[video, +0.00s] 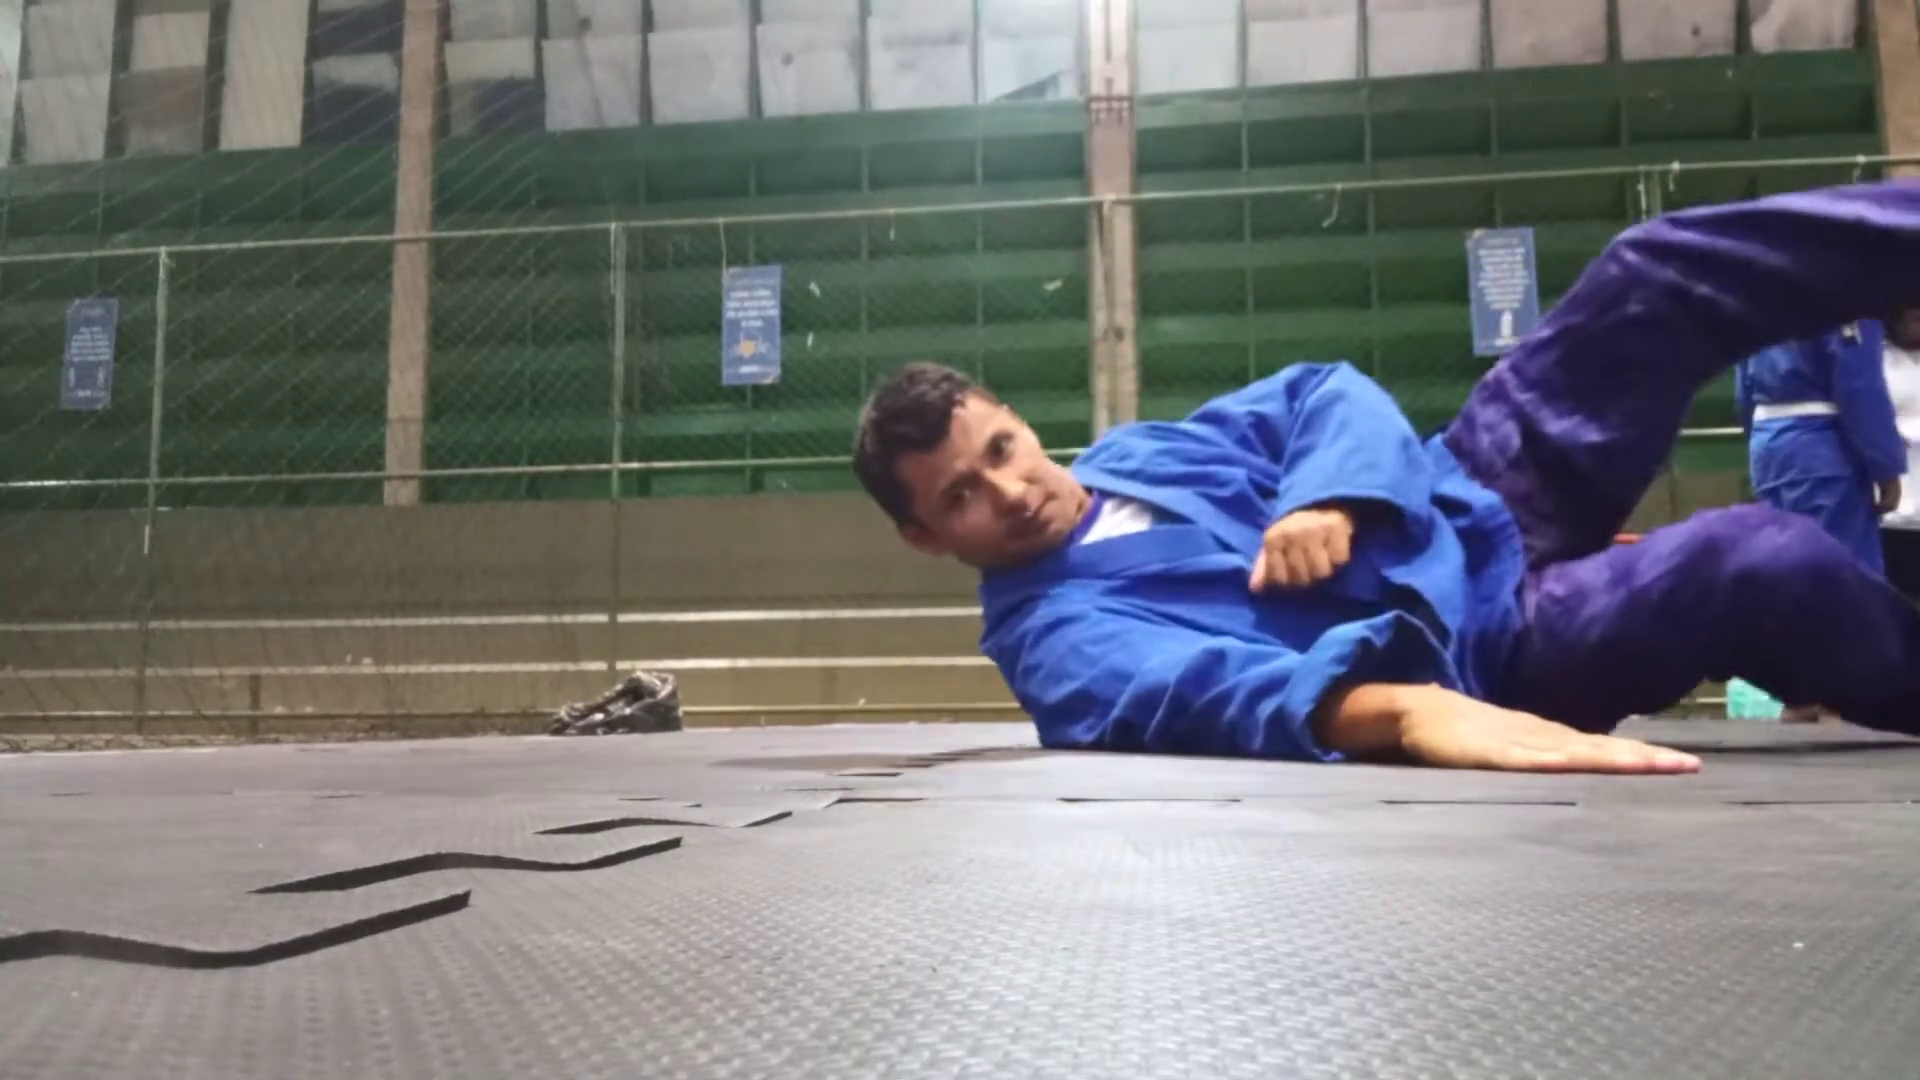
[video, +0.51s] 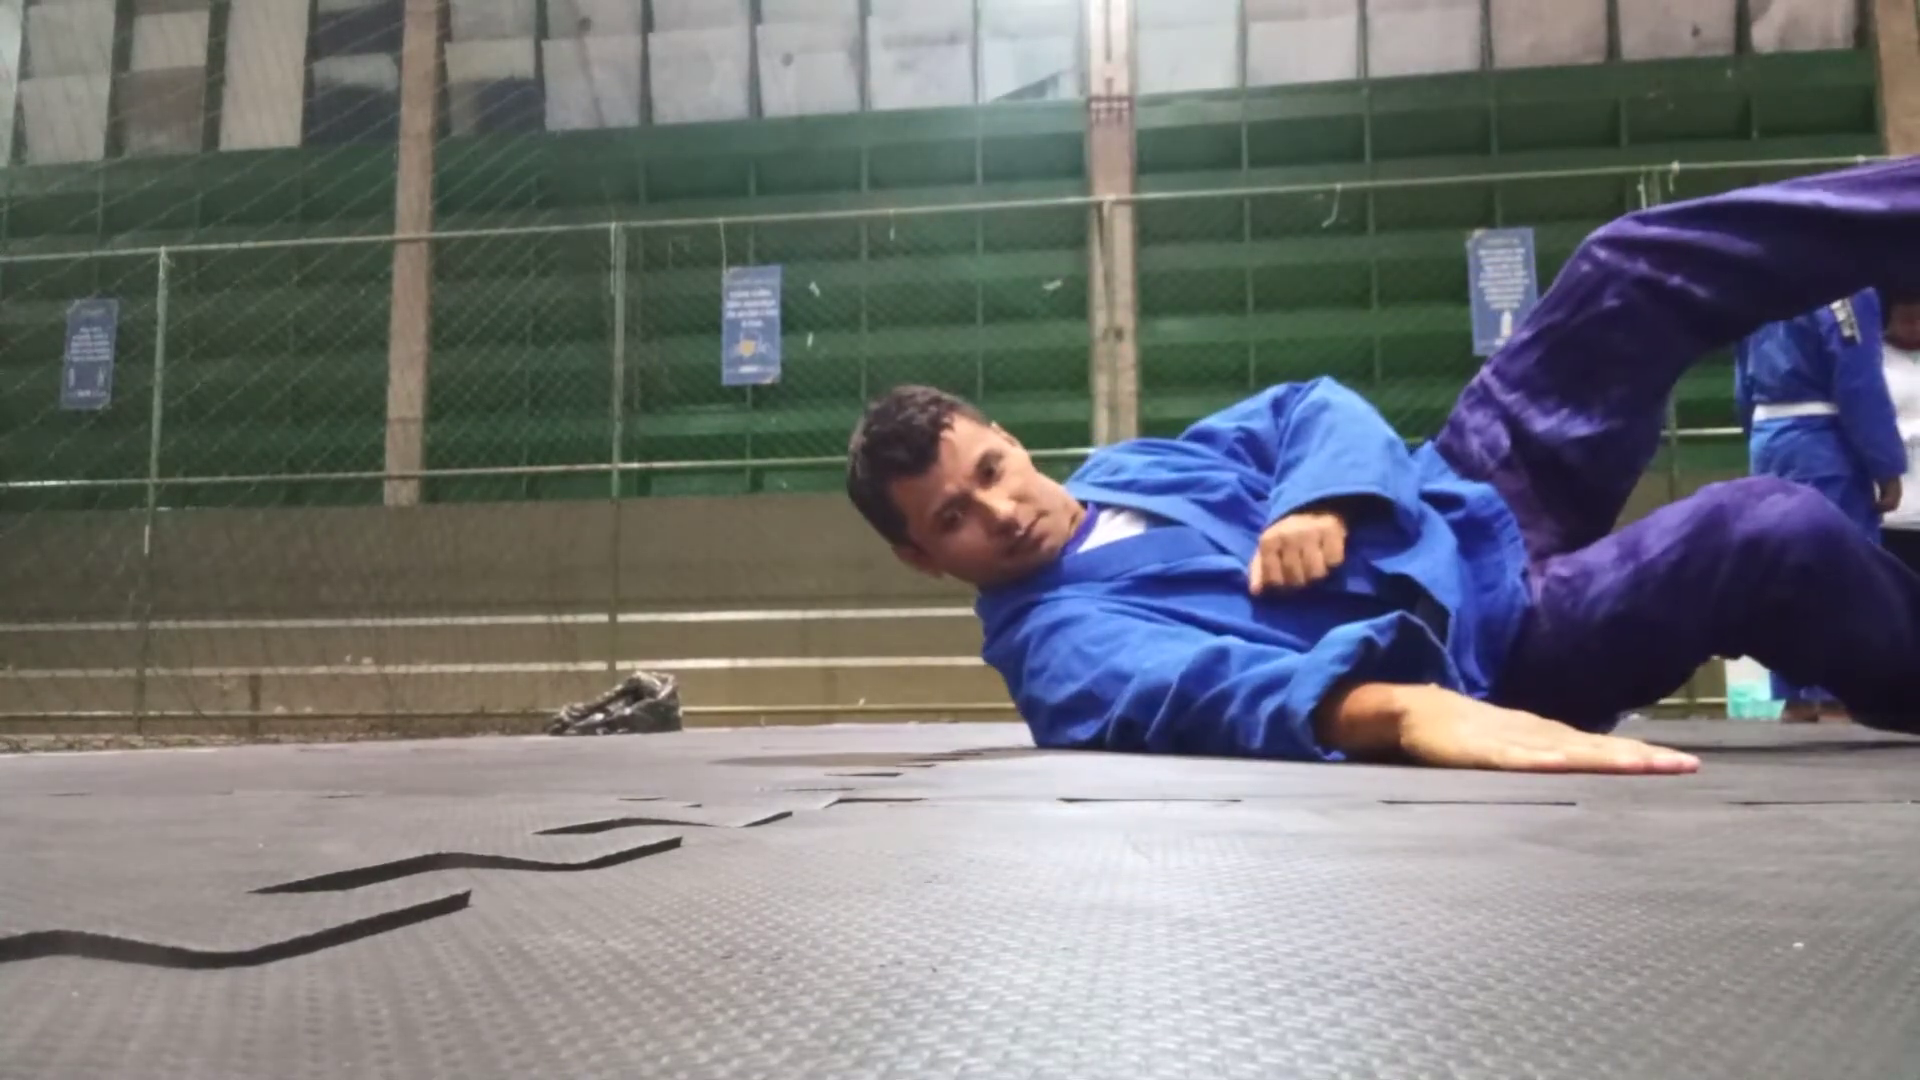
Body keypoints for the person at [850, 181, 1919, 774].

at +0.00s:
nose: (1012, 482)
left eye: (1004, 447)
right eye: (968, 492)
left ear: (1024, 426)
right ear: (928, 541)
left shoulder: (1127, 458)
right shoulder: (1068, 652)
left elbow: (1326, 391)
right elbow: (1267, 701)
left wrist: (1322, 496)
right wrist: (1432, 714)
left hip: (1469, 484)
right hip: (1487, 643)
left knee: (1660, 267)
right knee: (1762, 559)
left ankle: (1909, 230)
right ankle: (1903, 689)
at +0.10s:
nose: (1010, 489)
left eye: (1000, 453)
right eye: (965, 501)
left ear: (1021, 431)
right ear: (927, 551)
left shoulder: (1123, 463)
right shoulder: (1073, 653)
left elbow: (1325, 398)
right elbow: (1307, 701)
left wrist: (1324, 499)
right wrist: (1538, 741)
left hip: (1472, 486)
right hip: (1497, 644)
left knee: (1645, 257)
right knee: (1769, 544)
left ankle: (1910, 206)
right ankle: (1902, 684)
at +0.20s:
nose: (1010, 492)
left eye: (1001, 457)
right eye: (966, 503)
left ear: (1021, 436)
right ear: (926, 556)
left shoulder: (1120, 469)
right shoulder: (1073, 653)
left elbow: (1320, 402)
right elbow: (1296, 698)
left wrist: (1320, 499)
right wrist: (1486, 726)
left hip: (1472, 484)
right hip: (1502, 642)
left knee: (1639, 257)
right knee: (1773, 540)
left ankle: (1907, 204)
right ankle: (1902, 682)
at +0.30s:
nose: (1007, 493)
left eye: (997, 459)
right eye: (963, 505)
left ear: (1018, 439)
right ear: (926, 560)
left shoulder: (1117, 472)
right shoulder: (1074, 654)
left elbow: (1314, 406)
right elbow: (1302, 697)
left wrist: (1318, 498)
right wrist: (1493, 730)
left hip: (1470, 485)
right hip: (1501, 642)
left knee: (1634, 258)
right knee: (1769, 534)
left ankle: (1907, 208)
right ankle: (1902, 683)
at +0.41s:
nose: (1004, 497)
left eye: (995, 463)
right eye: (961, 509)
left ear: (1015, 441)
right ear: (926, 562)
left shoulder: (1114, 474)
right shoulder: (1074, 654)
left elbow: (1312, 408)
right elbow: (1307, 699)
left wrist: (1315, 499)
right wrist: (1514, 736)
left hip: (1467, 486)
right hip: (1501, 643)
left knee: (1633, 258)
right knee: (1770, 530)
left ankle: (1908, 208)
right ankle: (1900, 682)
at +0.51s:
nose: (1006, 500)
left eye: (997, 465)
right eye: (962, 511)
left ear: (1017, 443)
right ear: (925, 563)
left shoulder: (1111, 476)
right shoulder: (1074, 654)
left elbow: (1312, 409)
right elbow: (1306, 699)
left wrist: (1316, 500)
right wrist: (1518, 736)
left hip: (1468, 487)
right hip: (1501, 643)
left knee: (1631, 260)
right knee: (1770, 529)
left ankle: (1907, 205)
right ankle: (1900, 682)